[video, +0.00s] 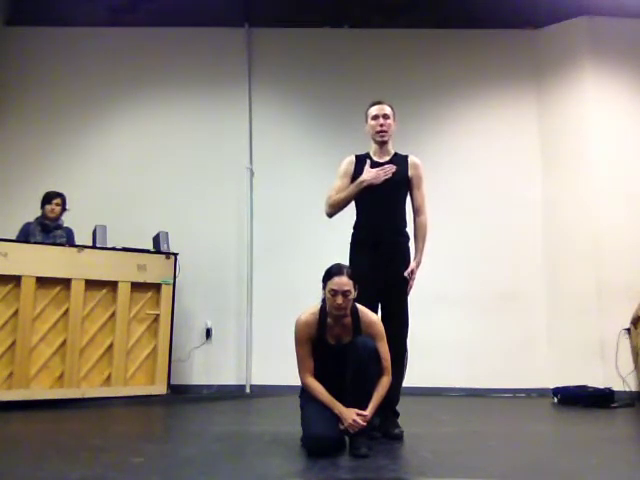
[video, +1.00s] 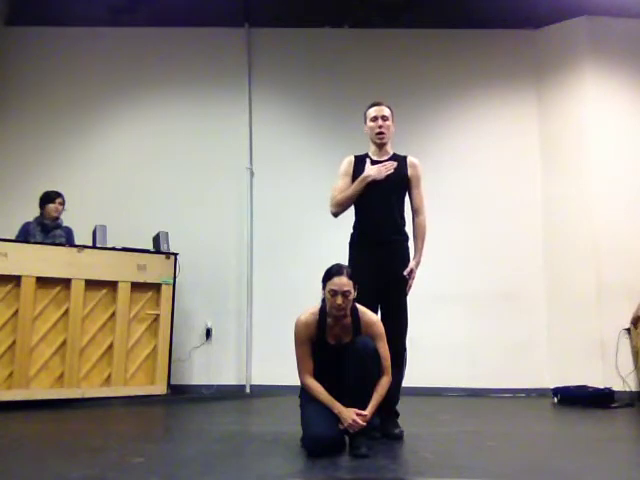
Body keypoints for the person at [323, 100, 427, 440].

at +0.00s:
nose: (381, 122)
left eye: (387, 117)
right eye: (376, 117)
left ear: (395, 124)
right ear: (366, 126)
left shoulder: (411, 166)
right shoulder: (353, 164)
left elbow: (420, 215)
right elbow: (331, 207)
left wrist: (417, 260)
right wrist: (363, 182)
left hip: (396, 258)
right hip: (362, 257)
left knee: (395, 339)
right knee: (359, 337)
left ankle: (388, 415)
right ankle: (359, 416)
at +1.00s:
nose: (380, 123)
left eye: (385, 118)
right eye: (374, 119)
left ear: (393, 125)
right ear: (365, 127)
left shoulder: (409, 166)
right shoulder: (353, 164)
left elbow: (419, 215)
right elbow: (335, 206)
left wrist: (416, 259)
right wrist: (366, 177)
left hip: (395, 257)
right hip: (362, 257)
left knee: (394, 337)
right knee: (359, 336)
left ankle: (388, 415)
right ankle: (358, 416)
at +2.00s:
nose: (381, 125)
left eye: (386, 119)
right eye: (375, 120)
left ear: (394, 125)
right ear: (366, 127)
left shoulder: (409, 166)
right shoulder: (353, 164)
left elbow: (419, 215)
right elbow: (333, 205)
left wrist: (416, 259)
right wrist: (365, 176)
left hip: (394, 257)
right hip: (362, 257)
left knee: (395, 337)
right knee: (359, 336)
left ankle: (388, 415)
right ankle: (358, 416)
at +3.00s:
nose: (381, 121)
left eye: (386, 117)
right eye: (375, 117)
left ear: (394, 124)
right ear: (366, 126)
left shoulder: (409, 165)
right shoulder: (352, 162)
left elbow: (419, 214)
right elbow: (332, 203)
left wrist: (415, 259)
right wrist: (365, 175)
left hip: (394, 257)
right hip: (361, 256)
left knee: (394, 337)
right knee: (358, 336)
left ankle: (388, 415)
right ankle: (359, 416)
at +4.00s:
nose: (383, 126)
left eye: (387, 120)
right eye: (377, 121)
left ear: (395, 125)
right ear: (366, 126)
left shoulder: (410, 166)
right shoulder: (353, 163)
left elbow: (418, 215)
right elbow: (333, 206)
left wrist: (416, 260)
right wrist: (365, 177)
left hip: (394, 257)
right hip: (361, 256)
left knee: (394, 337)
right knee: (358, 336)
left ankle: (388, 415)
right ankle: (359, 416)